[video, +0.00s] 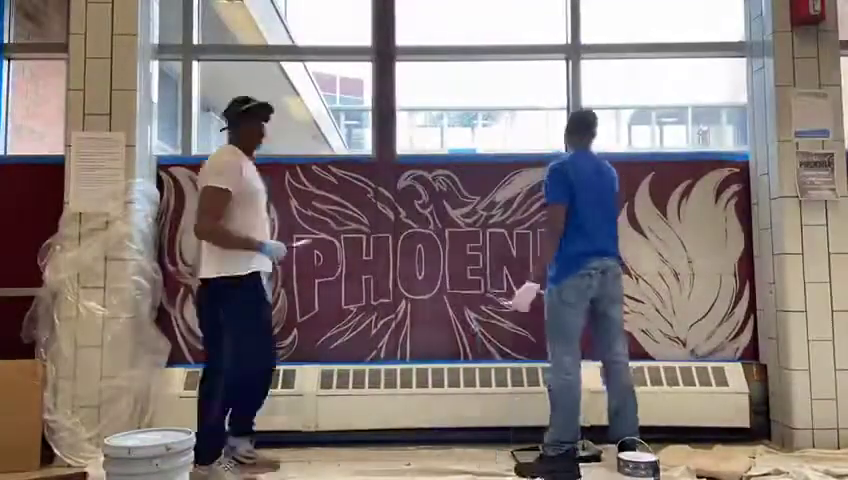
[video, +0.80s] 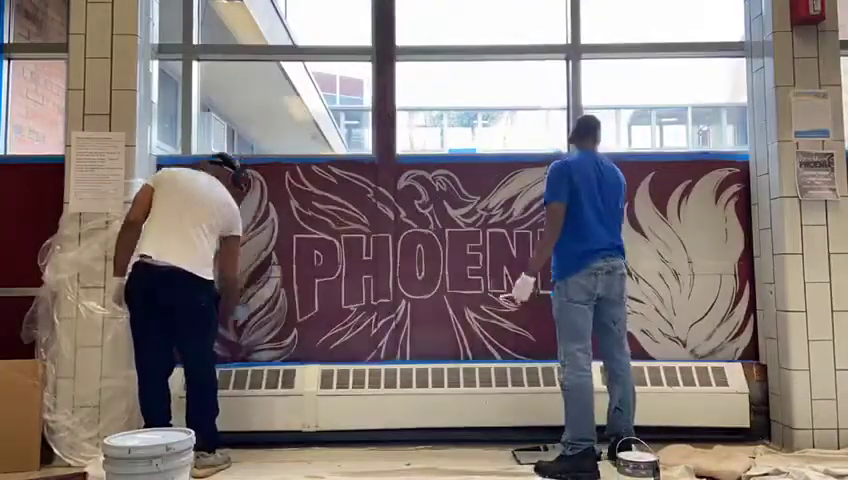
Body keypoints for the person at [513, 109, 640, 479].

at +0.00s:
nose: (571, 139)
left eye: (569, 132)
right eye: (582, 132)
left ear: (566, 134)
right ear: (593, 136)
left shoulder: (559, 169)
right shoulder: (609, 171)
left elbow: (555, 227)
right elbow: (612, 218)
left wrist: (539, 277)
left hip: (572, 273)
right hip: (610, 270)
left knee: (564, 360)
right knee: (616, 355)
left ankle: (560, 448)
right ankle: (627, 437)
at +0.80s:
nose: (584, 142)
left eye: (576, 136)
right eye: (592, 137)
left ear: (571, 138)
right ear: (599, 139)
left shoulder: (562, 168)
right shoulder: (615, 173)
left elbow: (554, 228)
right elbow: (614, 224)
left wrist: (529, 273)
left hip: (576, 271)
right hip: (615, 268)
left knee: (576, 362)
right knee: (618, 356)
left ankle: (579, 450)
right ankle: (623, 437)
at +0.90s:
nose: (562, 143)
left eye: (562, 138)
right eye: (571, 137)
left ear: (562, 137)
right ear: (588, 138)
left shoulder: (563, 168)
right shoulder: (605, 171)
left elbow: (562, 228)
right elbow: (608, 222)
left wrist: (544, 279)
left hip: (578, 273)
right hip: (615, 268)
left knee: (573, 361)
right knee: (615, 355)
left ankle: (579, 451)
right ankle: (622, 436)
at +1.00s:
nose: (556, 149)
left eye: (554, 142)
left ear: (555, 142)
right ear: (580, 142)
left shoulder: (559, 165)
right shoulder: (596, 170)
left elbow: (560, 223)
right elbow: (598, 221)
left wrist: (547, 276)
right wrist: (548, 219)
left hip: (577, 272)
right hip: (610, 268)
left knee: (572, 358)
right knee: (612, 353)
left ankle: (578, 450)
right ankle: (621, 435)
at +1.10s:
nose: (538, 160)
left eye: (537, 154)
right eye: (541, 153)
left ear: (540, 151)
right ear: (564, 146)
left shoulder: (547, 171)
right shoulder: (594, 172)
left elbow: (554, 227)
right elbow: (608, 221)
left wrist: (538, 282)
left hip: (577, 269)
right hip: (615, 264)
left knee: (565, 357)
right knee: (616, 350)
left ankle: (578, 451)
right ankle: (625, 434)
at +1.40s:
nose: (564, 144)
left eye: (561, 138)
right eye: (576, 138)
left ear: (559, 138)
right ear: (586, 139)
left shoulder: (555, 170)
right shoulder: (600, 171)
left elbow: (550, 226)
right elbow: (607, 222)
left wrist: (533, 275)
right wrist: (608, 255)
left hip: (569, 270)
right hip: (605, 267)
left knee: (566, 359)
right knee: (611, 354)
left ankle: (574, 450)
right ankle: (621, 435)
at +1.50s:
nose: (531, 149)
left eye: (531, 143)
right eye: (538, 142)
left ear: (533, 142)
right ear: (560, 140)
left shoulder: (543, 170)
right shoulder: (577, 167)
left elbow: (548, 228)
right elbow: (576, 218)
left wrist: (531, 282)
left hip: (566, 271)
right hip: (598, 265)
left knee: (563, 358)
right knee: (604, 349)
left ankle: (573, 451)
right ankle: (620, 434)